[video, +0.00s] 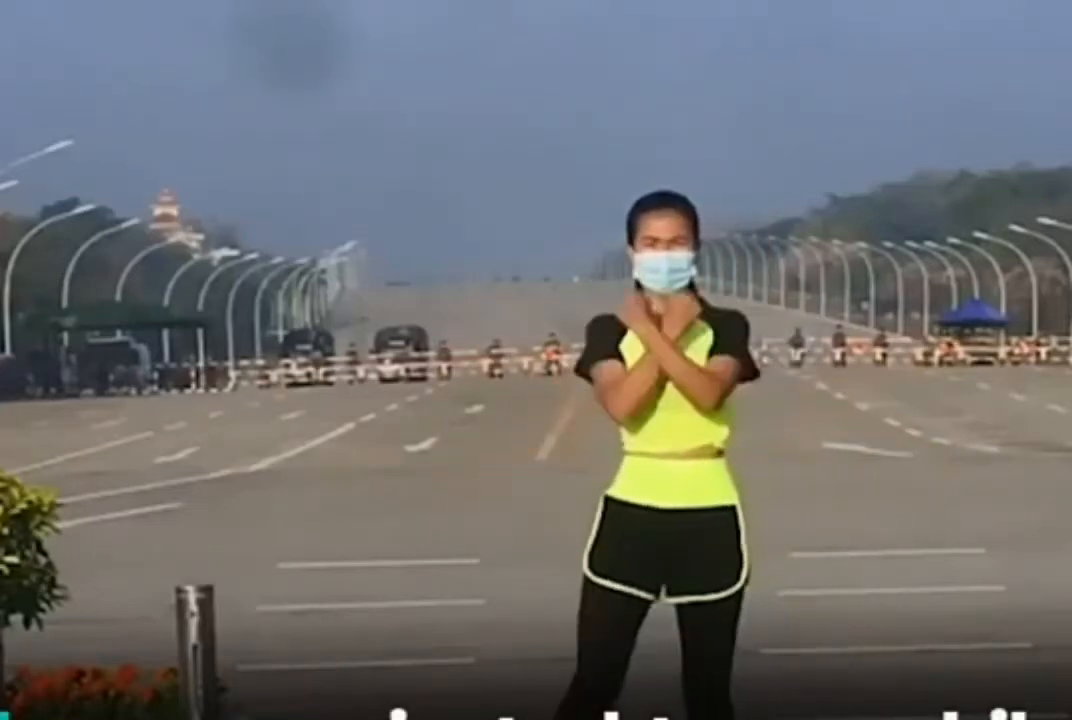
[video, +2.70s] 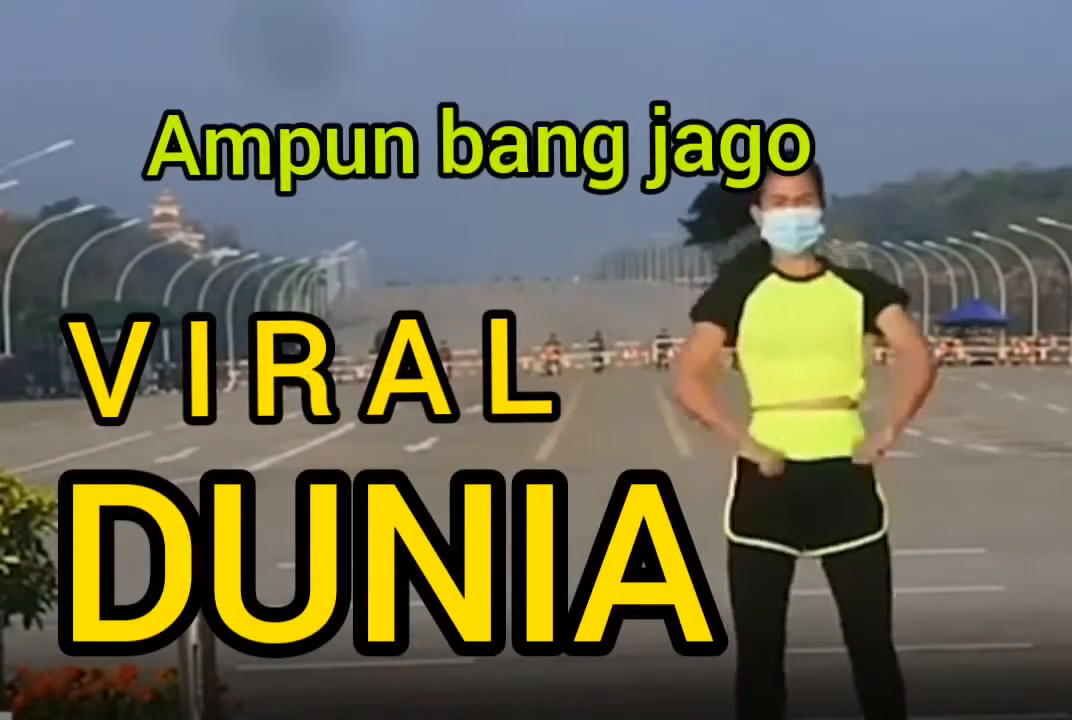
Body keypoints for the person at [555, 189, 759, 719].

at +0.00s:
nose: (664, 257)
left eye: (677, 245)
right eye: (650, 245)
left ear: (695, 250)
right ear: (631, 253)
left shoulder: (726, 325)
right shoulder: (610, 328)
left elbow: (710, 394)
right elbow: (622, 405)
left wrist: (643, 327)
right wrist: (668, 332)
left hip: (709, 518)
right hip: (631, 516)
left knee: (708, 691)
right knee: (595, 683)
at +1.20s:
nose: (652, 263)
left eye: (664, 250)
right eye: (637, 252)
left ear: (681, 256)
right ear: (617, 261)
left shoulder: (720, 332)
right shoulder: (598, 340)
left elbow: (735, 412)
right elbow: (585, 433)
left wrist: (675, 364)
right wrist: (646, 366)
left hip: (703, 524)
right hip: (622, 523)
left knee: (712, 693)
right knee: (591, 689)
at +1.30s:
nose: (664, 243)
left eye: (675, 230)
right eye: (649, 232)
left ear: (692, 237)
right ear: (628, 242)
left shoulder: (734, 315)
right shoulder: (606, 323)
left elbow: (770, 401)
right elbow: (566, 416)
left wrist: (733, 402)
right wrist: (619, 407)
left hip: (713, 511)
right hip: (632, 510)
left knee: (714, 686)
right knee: (620, 681)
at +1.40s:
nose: (673, 240)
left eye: (684, 227)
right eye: (658, 228)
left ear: (701, 234)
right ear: (636, 239)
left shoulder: (740, 317)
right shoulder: (611, 323)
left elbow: (768, 410)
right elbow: (582, 421)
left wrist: (779, 483)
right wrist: (596, 498)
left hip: (720, 503)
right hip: (639, 505)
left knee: (723, 674)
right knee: (651, 673)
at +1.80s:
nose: (707, 225)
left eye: (719, 212)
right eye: (692, 213)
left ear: (737, 218)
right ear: (671, 223)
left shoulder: (774, 295)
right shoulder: (651, 302)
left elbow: (793, 365)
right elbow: (649, 370)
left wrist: (822, 406)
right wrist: (652, 425)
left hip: (767, 486)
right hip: (685, 490)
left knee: (799, 653)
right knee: (682, 662)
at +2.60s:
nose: (789, 196)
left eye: (799, 183)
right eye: (773, 184)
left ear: (817, 194)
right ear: (751, 199)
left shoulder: (858, 274)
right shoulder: (730, 282)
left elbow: (881, 358)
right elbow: (716, 377)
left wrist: (900, 429)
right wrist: (726, 463)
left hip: (843, 461)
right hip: (758, 465)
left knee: (867, 631)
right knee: (749, 636)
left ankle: (889, 717)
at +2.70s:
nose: (793, 214)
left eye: (804, 202)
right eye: (779, 203)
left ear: (822, 210)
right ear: (757, 211)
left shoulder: (861, 287)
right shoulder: (739, 288)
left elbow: (919, 360)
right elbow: (688, 379)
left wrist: (884, 437)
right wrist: (746, 444)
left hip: (847, 483)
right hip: (764, 486)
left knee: (873, 650)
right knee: (759, 656)